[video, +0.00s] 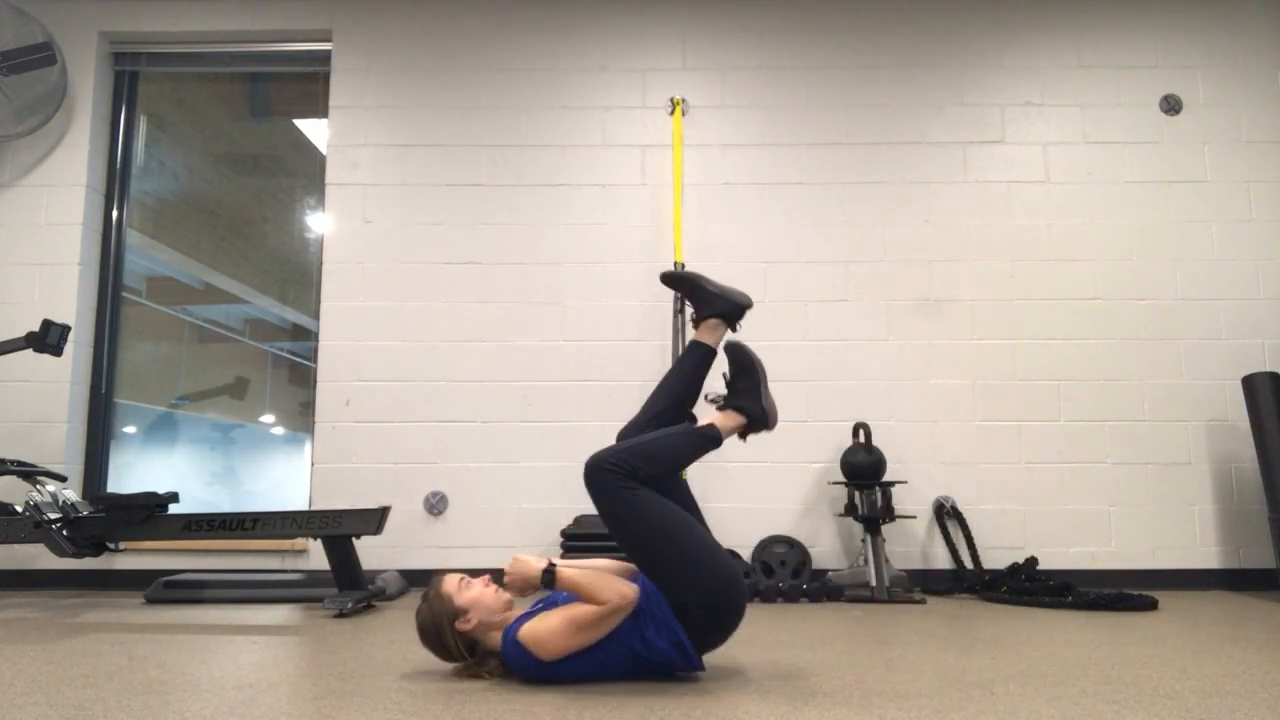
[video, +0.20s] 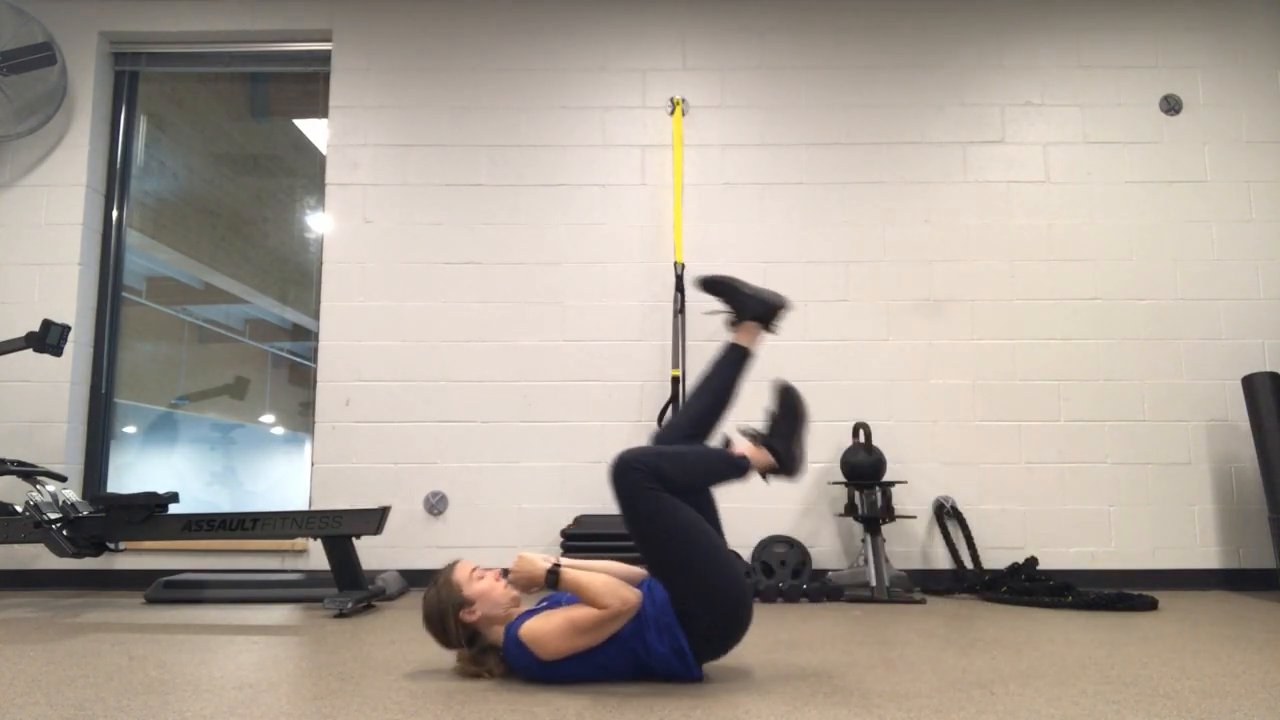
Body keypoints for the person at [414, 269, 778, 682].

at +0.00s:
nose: (481, 578)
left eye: (469, 577)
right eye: (467, 585)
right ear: (466, 625)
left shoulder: (532, 617)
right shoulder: (528, 641)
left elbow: (630, 569)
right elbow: (622, 598)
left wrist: (548, 570)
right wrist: (547, 571)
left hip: (689, 591)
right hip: (701, 609)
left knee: (629, 451)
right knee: (604, 471)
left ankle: (711, 325)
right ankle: (736, 416)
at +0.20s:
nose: (492, 574)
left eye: (483, 570)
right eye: (478, 578)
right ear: (471, 616)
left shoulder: (536, 612)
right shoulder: (527, 639)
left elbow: (640, 574)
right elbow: (626, 602)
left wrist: (553, 570)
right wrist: (551, 572)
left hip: (695, 598)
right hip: (705, 618)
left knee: (667, 450)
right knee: (632, 470)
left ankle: (750, 326)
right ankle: (763, 455)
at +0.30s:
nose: (511, 557)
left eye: (501, 552)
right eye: (496, 560)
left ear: (510, 570)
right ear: (483, 596)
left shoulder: (544, 604)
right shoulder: (536, 627)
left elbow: (654, 584)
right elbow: (634, 605)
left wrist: (568, 559)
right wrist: (567, 567)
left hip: (702, 615)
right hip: (708, 634)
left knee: (696, 465)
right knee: (668, 473)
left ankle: (799, 347)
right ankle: (795, 489)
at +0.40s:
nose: (542, 536)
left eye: (534, 529)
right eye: (527, 535)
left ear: (530, 550)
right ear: (505, 566)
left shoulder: (558, 585)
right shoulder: (552, 608)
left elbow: (659, 588)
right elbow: (652, 608)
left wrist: (596, 551)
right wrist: (590, 553)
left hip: (710, 623)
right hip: (719, 646)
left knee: (736, 473)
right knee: (720, 481)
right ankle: (830, 530)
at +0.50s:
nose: (573, 507)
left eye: (567, 500)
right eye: (560, 505)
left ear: (549, 524)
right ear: (534, 532)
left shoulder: (574, 559)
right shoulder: (567, 580)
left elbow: (667, 587)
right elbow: (668, 606)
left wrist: (622, 538)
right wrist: (618, 538)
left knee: (780, 486)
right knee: (771, 498)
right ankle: (853, 569)